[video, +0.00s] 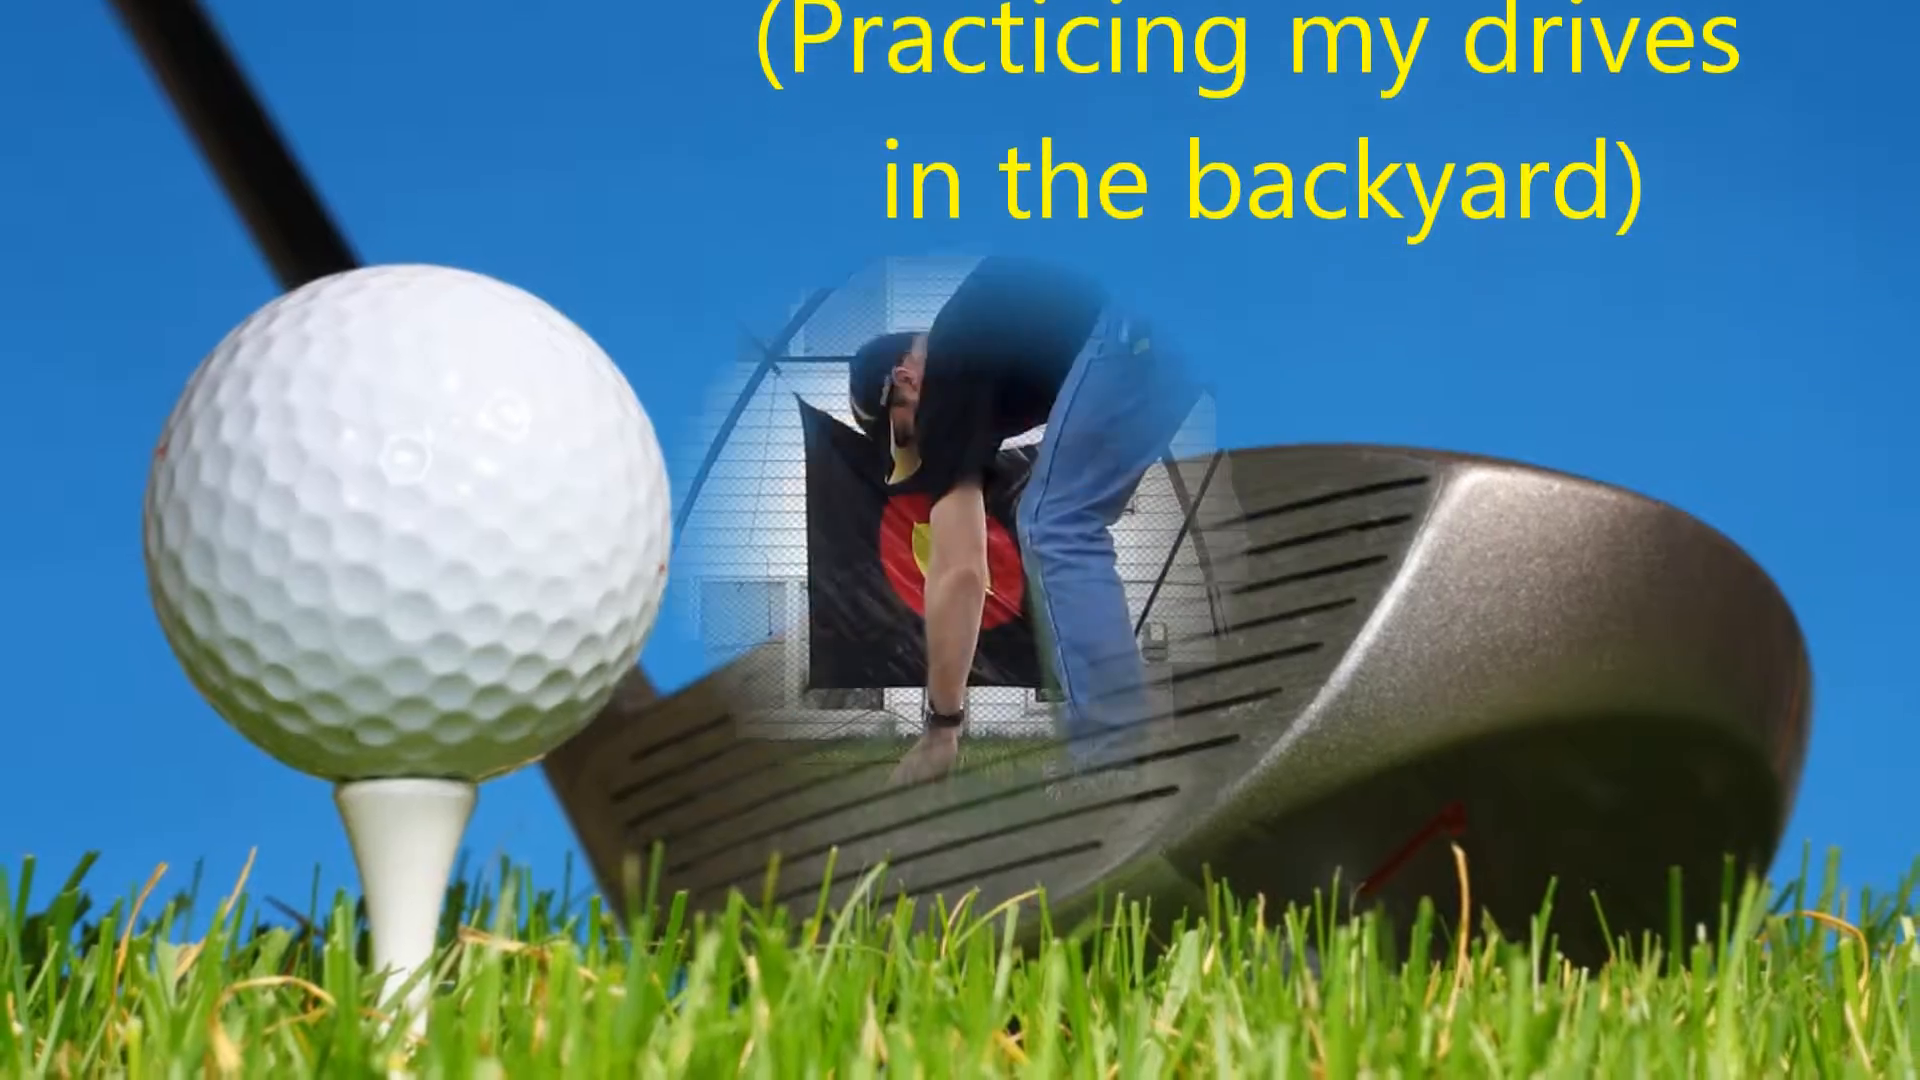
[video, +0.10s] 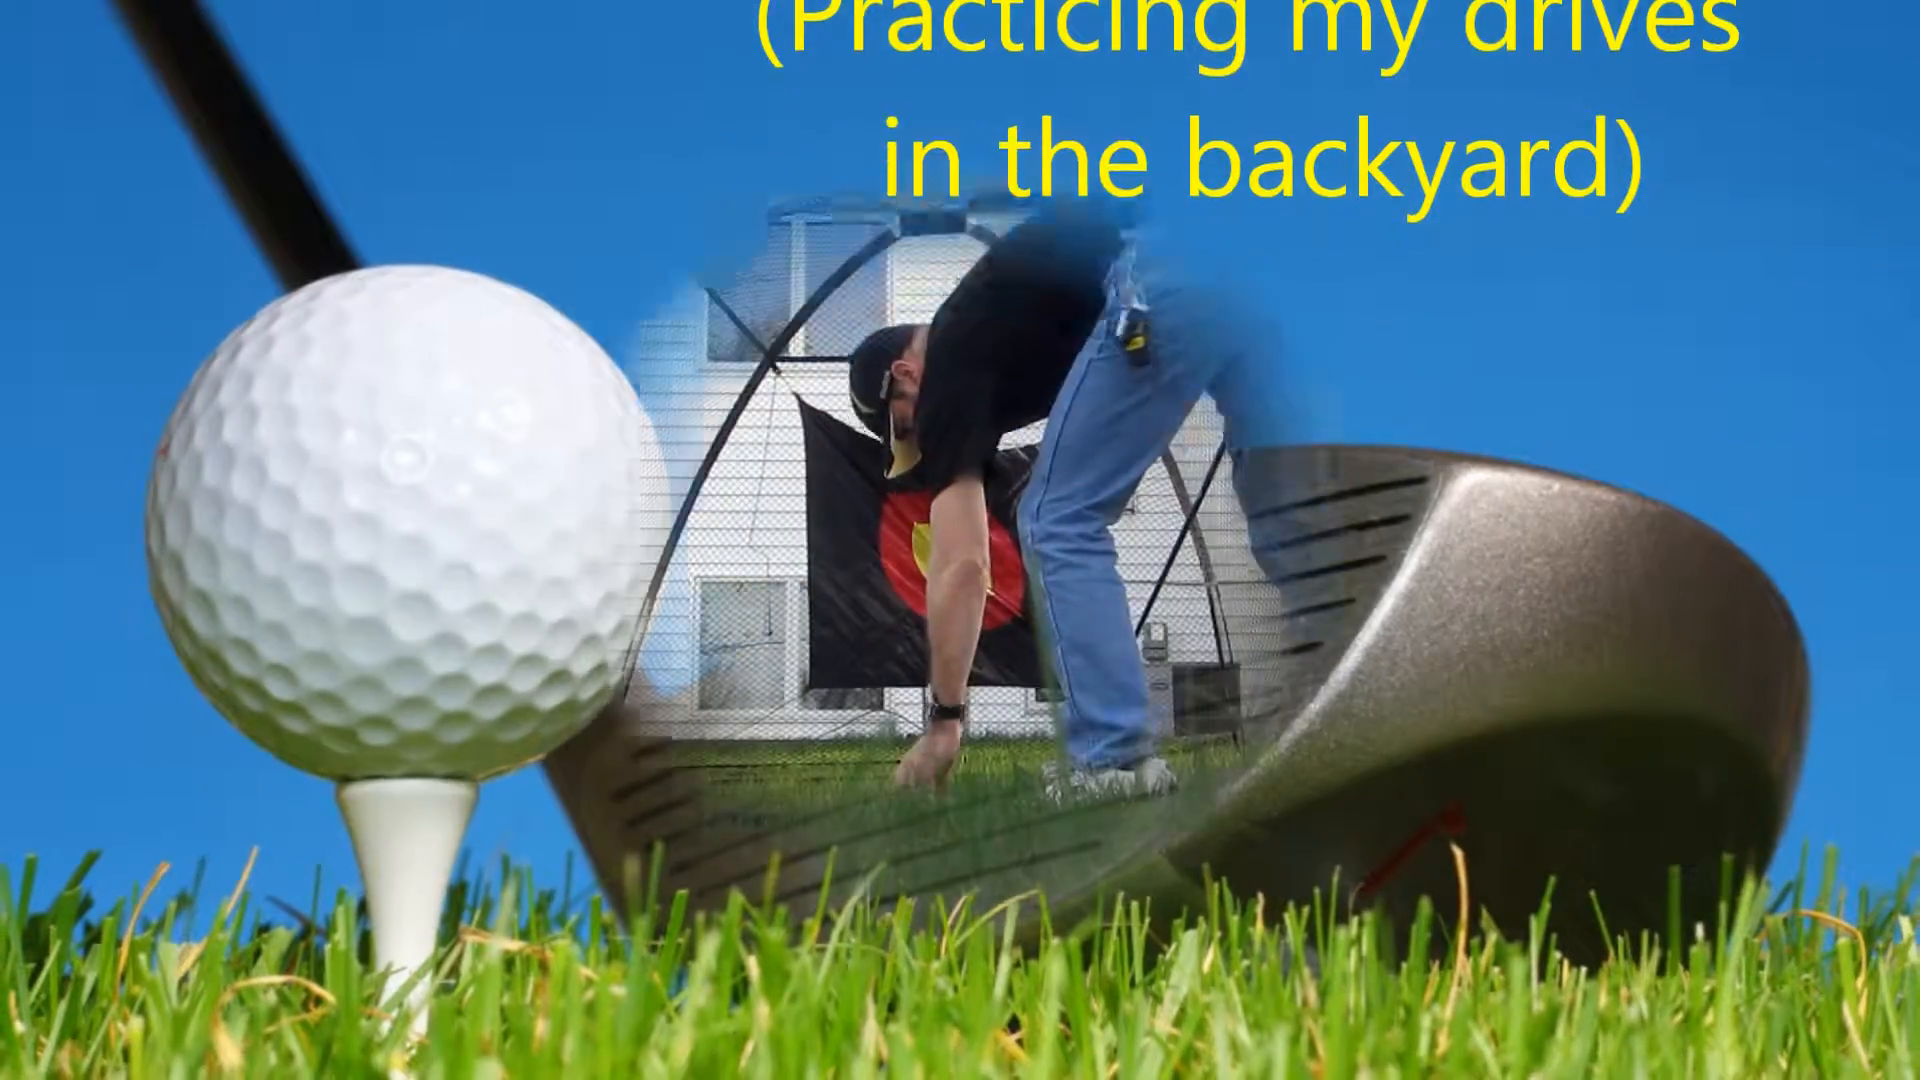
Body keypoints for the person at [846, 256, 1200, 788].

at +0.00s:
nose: (914, 435)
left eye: (900, 423)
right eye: (905, 433)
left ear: (903, 379)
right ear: (910, 369)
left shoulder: (949, 385)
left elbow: (960, 571)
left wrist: (942, 725)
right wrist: (943, 717)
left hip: (1146, 327)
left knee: (1058, 520)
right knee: (1050, 517)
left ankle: (1113, 748)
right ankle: (1111, 738)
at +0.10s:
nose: (924, 431)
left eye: (909, 420)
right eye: (912, 433)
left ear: (907, 373)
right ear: (912, 360)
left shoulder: (950, 368)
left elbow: (962, 565)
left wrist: (944, 721)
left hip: (1172, 263)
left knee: (1058, 516)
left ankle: (1114, 757)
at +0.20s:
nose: (914, 400)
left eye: (898, 385)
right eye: (901, 400)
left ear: (902, 341)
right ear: (916, 319)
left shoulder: (945, 342)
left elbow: (970, 531)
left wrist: (963, 687)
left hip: (1184, 243)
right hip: (1278, 232)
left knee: (1067, 520)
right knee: (1296, 518)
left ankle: (1113, 761)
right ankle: (1365, 730)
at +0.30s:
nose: (911, 375)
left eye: (895, 361)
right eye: (898, 370)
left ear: (898, 310)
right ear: (911, 291)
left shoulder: (941, 315)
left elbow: (976, 495)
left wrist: (980, 651)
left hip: (1188, 239)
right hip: (1279, 236)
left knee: (1076, 522)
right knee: (1298, 520)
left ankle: (1115, 762)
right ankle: (1364, 742)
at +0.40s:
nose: (903, 339)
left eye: (889, 319)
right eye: (888, 332)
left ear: (897, 266)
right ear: (921, 241)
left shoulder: (943, 272)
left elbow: (979, 444)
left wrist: (997, 599)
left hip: (1193, 236)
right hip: (1280, 233)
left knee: (1088, 518)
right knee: (1292, 519)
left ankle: (1117, 761)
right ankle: (1365, 741)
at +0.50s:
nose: (905, 267)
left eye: (893, 247)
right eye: (892, 260)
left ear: (905, 196)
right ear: (927, 183)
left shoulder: (951, 216)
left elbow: (993, 361)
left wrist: (1015, 518)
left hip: (1202, 237)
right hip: (1292, 239)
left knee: (1105, 519)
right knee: (1267, 516)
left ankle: (1116, 760)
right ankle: (1372, 733)